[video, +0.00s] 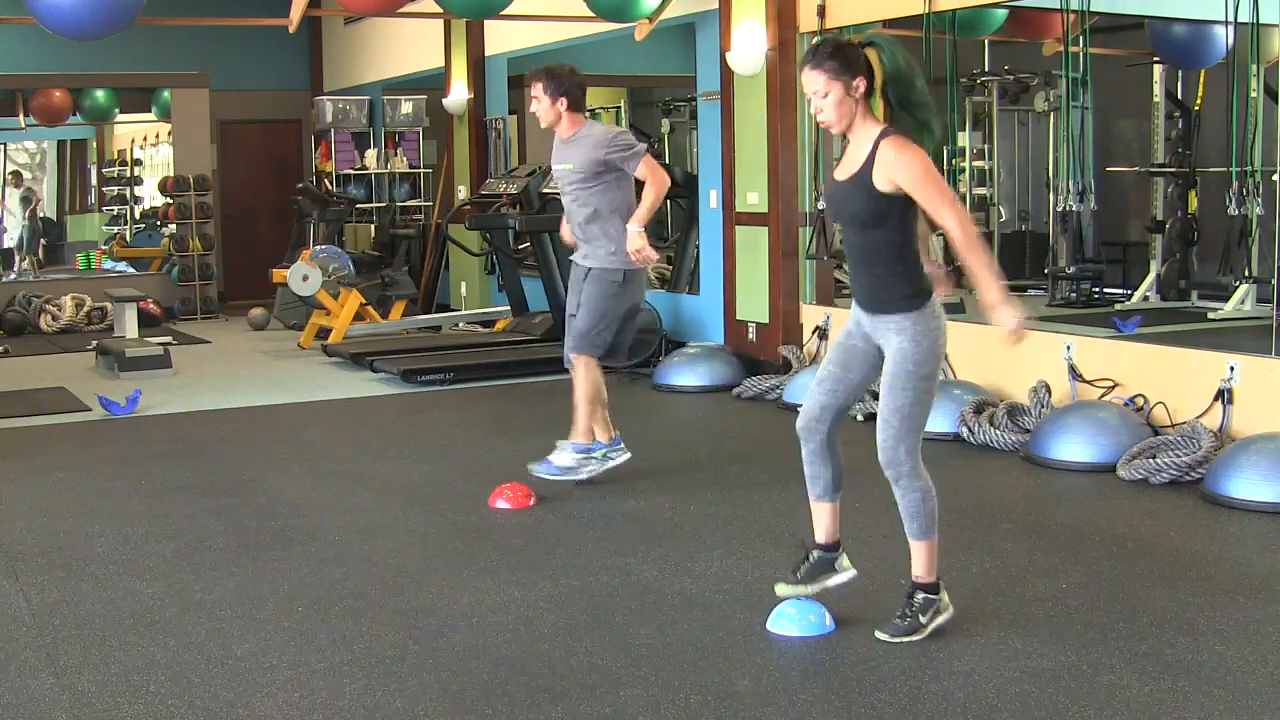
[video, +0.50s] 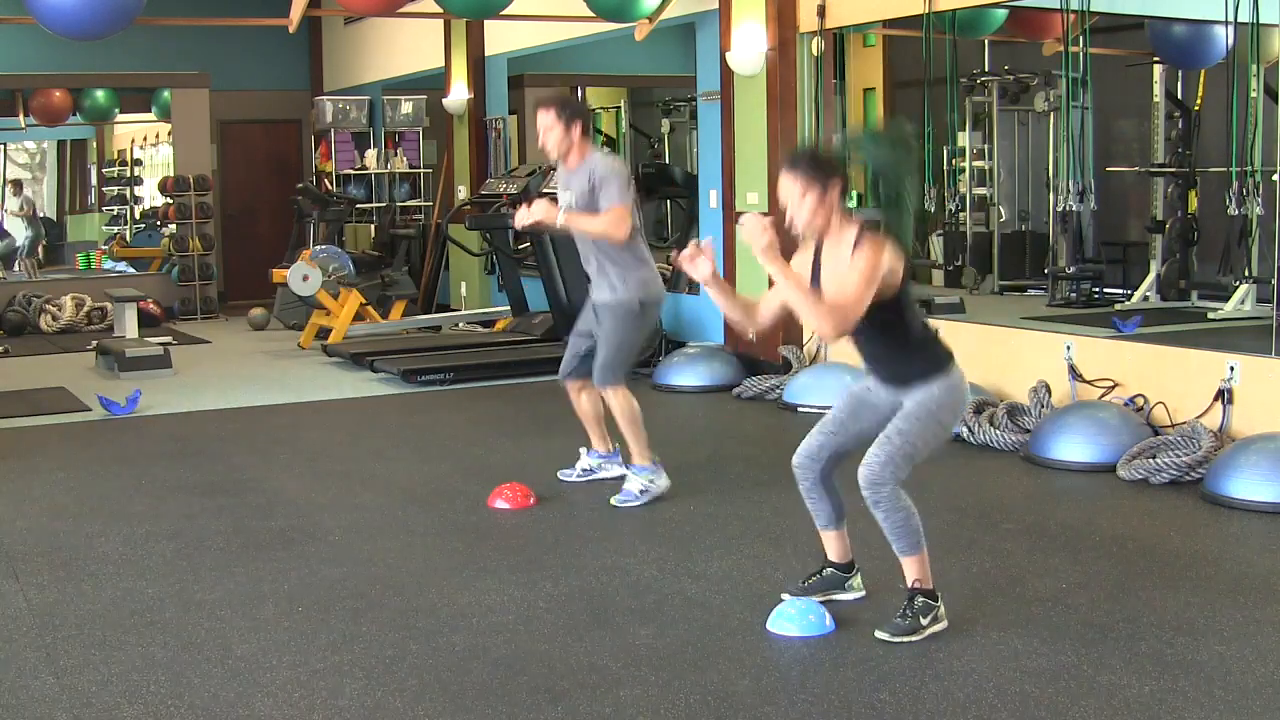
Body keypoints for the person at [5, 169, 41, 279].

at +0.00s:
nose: (11, 183)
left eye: (13, 179)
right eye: (10, 180)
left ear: (20, 179)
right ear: (10, 181)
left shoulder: (27, 190)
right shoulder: (20, 193)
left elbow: (37, 199)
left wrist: (30, 210)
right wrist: (5, 208)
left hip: (30, 223)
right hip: (23, 223)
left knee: (28, 251)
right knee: (17, 248)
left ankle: (35, 274)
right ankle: (17, 272)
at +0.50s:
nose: (10, 190)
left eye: (12, 188)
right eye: (9, 188)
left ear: (19, 188)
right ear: (9, 188)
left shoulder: (25, 198)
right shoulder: (16, 200)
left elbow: (28, 212)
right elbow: (22, 212)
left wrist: (13, 213)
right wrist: (9, 212)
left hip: (35, 231)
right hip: (27, 231)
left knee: (27, 255)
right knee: (21, 255)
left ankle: (35, 277)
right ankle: (29, 277)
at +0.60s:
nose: (10, 205)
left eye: (12, 202)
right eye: (9, 202)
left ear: (17, 202)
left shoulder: (23, 212)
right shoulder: (18, 214)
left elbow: (25, 225)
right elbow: (16, 228)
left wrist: (13, 226)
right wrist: (9, 224)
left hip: (39, 240)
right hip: (33, 240)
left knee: (25, 259)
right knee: (22, 258)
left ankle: (31, 279)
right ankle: (35, 278)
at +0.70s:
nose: (8, 216)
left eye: (10, 214)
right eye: (8, 214)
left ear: (15, 214)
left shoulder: (23, 223)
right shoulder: (16, 225)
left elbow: (19, 238)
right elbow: (13, 239)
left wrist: (8, 232)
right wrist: (6, 233)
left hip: (44, 246)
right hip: (37, 246)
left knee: (25, 258)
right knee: (24, 258)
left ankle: (34, 280)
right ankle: (35, 279)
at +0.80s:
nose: (6, 224)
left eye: (7, 222)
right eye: (5, 222)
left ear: (13, 221)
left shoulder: (22, 229)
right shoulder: (17, 231)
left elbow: (14, 245)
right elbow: (11, 247)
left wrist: (6, 235)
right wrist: (4, 236)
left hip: (44, 249)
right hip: (36, 249)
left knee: (25, 258)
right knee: (22, 258)